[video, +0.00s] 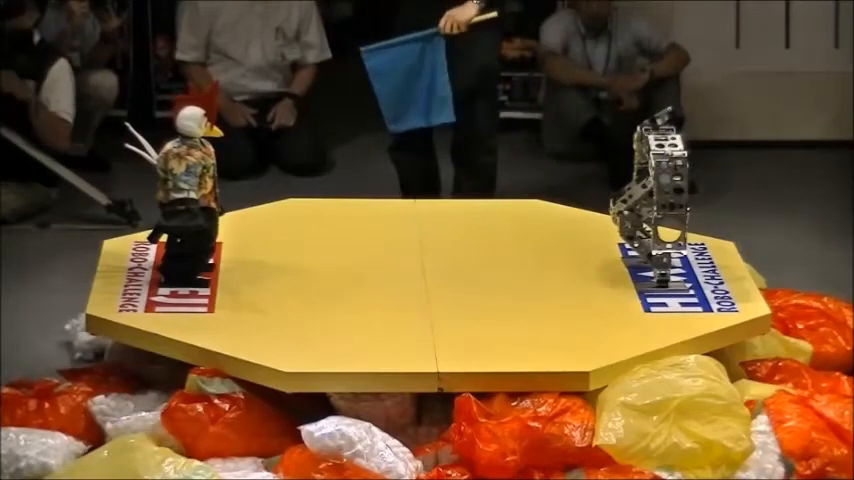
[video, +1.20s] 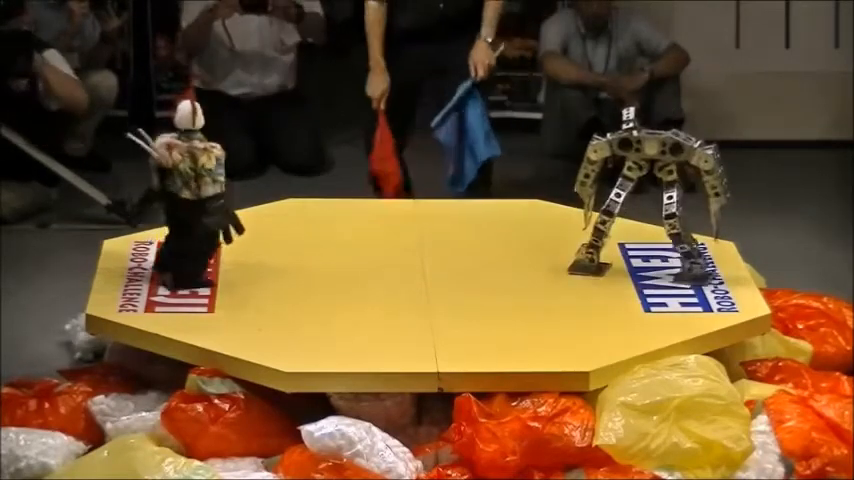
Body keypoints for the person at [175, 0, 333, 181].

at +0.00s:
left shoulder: (300, 5)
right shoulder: (201, 5)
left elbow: (310, 61)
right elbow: (191, 62)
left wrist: (290, 100)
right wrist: (226, 105)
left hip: (279, 98)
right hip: (227, 102)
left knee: (307, 161)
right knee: (237, 164)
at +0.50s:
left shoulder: (301, 5)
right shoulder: (196, 6)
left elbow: (317, 49)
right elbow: (187, 59)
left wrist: (299, 81)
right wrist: (220, 82)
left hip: (280, 97)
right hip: (229, 99)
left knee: (306, 161)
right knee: (237, 164)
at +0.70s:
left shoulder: (301, 4)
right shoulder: (197, 5)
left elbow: (320, 45)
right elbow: (183, 54)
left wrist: (296, 57)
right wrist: (215, 53)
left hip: (283, 99)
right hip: (227, 100)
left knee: (306, 162)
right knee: (236, 165)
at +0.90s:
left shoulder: (297, 3)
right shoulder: (197, 4)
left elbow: (322, 42)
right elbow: (183, 55)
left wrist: (294, 32)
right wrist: (213, 34)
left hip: (283, 99)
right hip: (228, 103)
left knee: (306, 162)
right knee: (236, 166)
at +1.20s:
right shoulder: (198, 5)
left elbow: (320, 31)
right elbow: (186, 48)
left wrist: (296, 16)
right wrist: (211, 15)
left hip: (279, 96)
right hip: (221, 99)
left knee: (307, 162)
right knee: (239, 166)